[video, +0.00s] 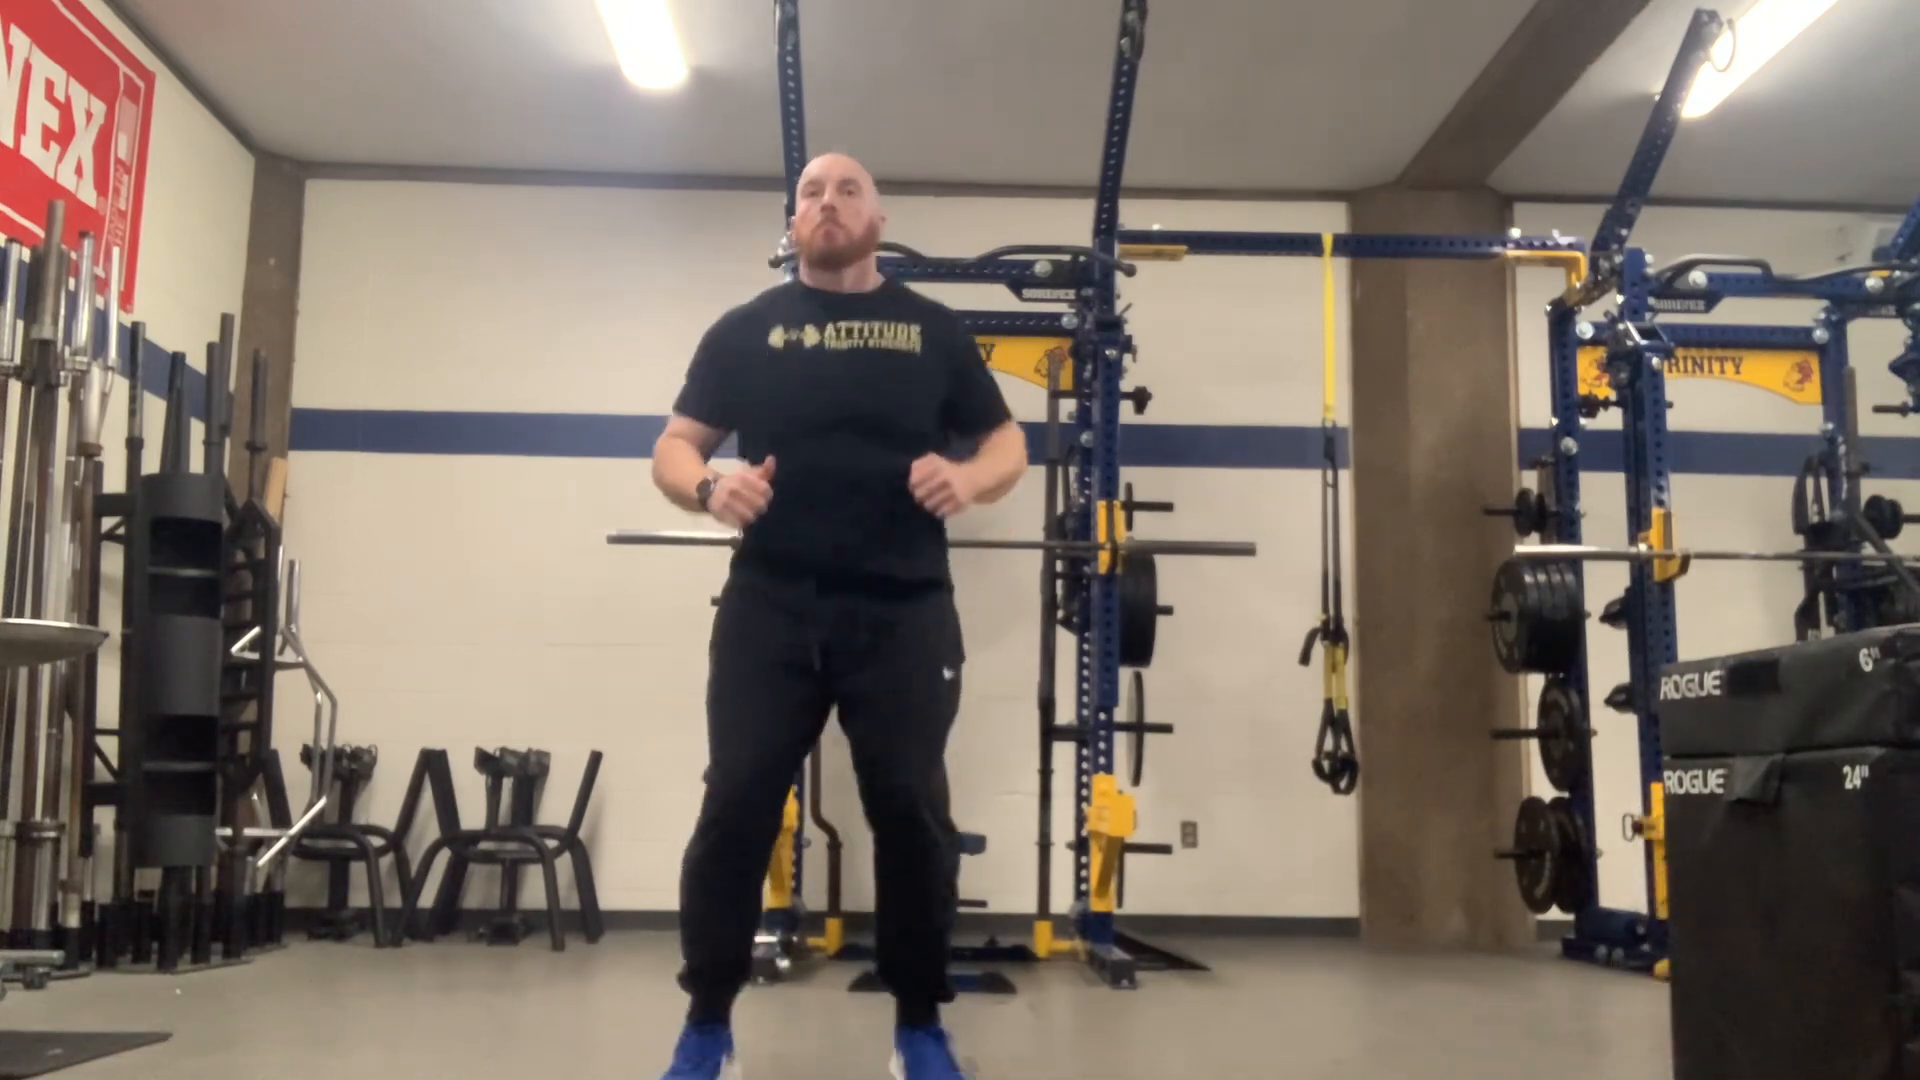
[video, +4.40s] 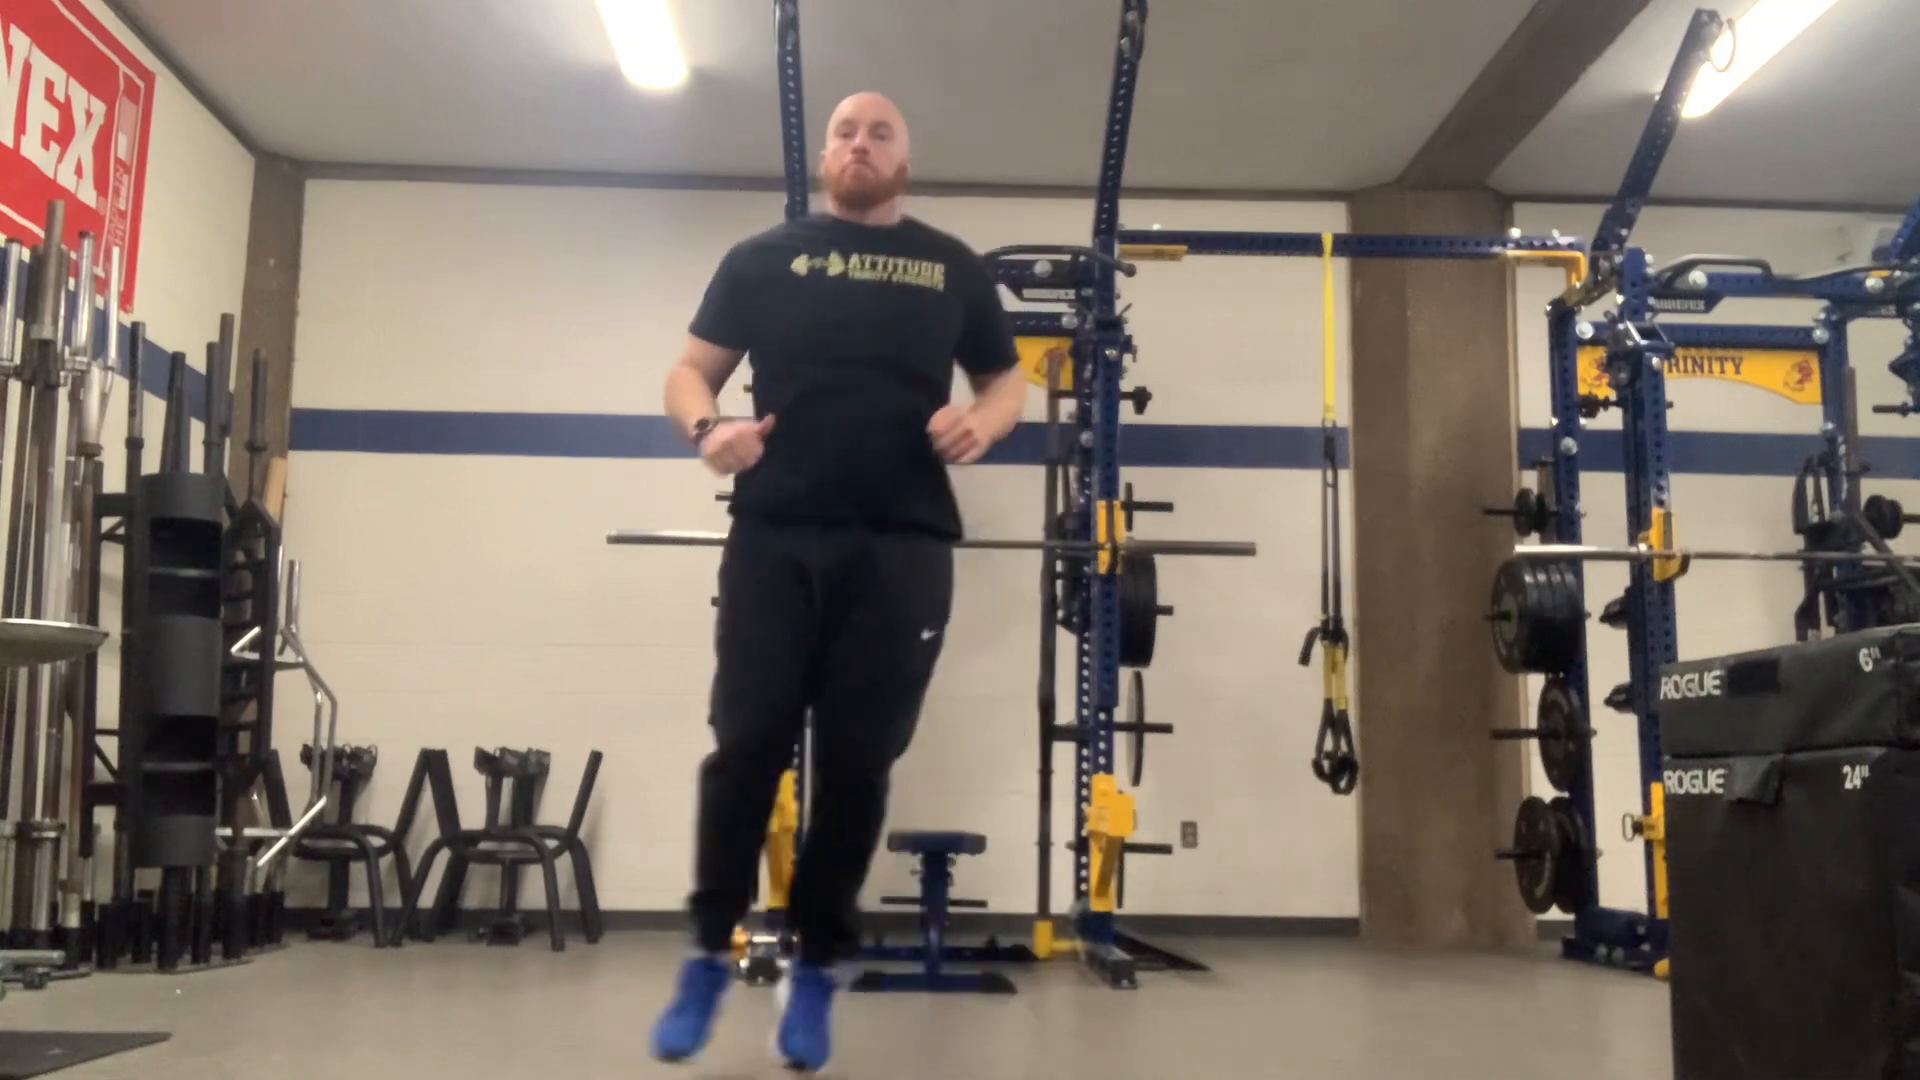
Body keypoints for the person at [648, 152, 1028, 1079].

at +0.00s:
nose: (828, 201)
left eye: (847, 189)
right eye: (812, 192)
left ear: (881, 221)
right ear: (791, 226)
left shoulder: (936, 331)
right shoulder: (742, 333)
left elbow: (1008, 448)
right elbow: (672, 454)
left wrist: (968, 476)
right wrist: (708, 484)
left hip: (902, 608)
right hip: (769, 606)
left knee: (912, 810)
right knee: (737, 803)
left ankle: (920, 1030)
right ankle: (705, 1027)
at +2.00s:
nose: (842, 127)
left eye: (862, 117)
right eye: (827, 119)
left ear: (896, 151)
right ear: (805, 153)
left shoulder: (942, 258)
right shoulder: (749, 256)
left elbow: (1007, 380)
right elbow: (701, 367)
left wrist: (961, 422)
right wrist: (727, 409)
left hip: (903, 547)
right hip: (772, 543)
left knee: (916, 770)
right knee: (739, 762)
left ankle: (923, 981)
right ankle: (705, 969)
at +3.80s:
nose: (873, 131)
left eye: (890, 119)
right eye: (857, 121)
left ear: (920, 146)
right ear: (832, 153)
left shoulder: (987, 237)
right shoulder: (795, 261)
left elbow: (1073, 351)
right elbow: (759, 389)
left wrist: (1030, 359)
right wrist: (784, 416)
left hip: (971, 540)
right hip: (841, 540)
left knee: (989, 761)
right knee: (816, 751)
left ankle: (998, 980)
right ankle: (800, 963)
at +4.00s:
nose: (913, 216)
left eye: (930, 204)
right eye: (896, 203)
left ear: (957, 230)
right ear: (868, 229)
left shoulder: (1014, 330)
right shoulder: (824, 349)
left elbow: (1074, 441)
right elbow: (773, 470)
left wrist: (1070, 484)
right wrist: (787, 497)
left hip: (1018, 616)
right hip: (891, 624)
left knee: (1057, 830)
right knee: (904, 830)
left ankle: (1099, 1030)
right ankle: (944, 1021)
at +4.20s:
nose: (914, 152)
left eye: (932, 142)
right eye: (898, 141)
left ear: (960, 174)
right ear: (870, 171)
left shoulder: (1000, 282)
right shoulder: (808, 271)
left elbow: (1055, 400)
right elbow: (744, 392)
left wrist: (1048, 432)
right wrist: (792, 407)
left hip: (965, 572)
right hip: (839, 573)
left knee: (1012, 785)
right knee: (866, 793)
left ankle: (1052, 998)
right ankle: (917, 1004)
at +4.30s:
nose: (887, 126)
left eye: (905, 116)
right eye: (871, 114)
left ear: (934, 144)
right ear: (845, 141)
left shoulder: (977, 245)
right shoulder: (787, 236)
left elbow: (1033, 365)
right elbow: (713, 357)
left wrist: (1020, 399)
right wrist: (755, 385)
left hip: (932, 532)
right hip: (807, 530)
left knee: (925, 747)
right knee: (811, 746)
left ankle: (925, 955)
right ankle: (828, 955)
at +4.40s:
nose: (860, 144)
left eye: (880, 135)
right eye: (846, 132)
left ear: (909, 167)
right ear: (819, 159)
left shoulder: (953, 266)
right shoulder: (761, 259)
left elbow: (1008, 386)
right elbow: (690, 377)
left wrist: (982, 421)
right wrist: (708, 430)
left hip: (900, 547)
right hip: (773, 540)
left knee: (856, 763)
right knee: (744, 748)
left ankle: (817, 968)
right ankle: (707, 956)